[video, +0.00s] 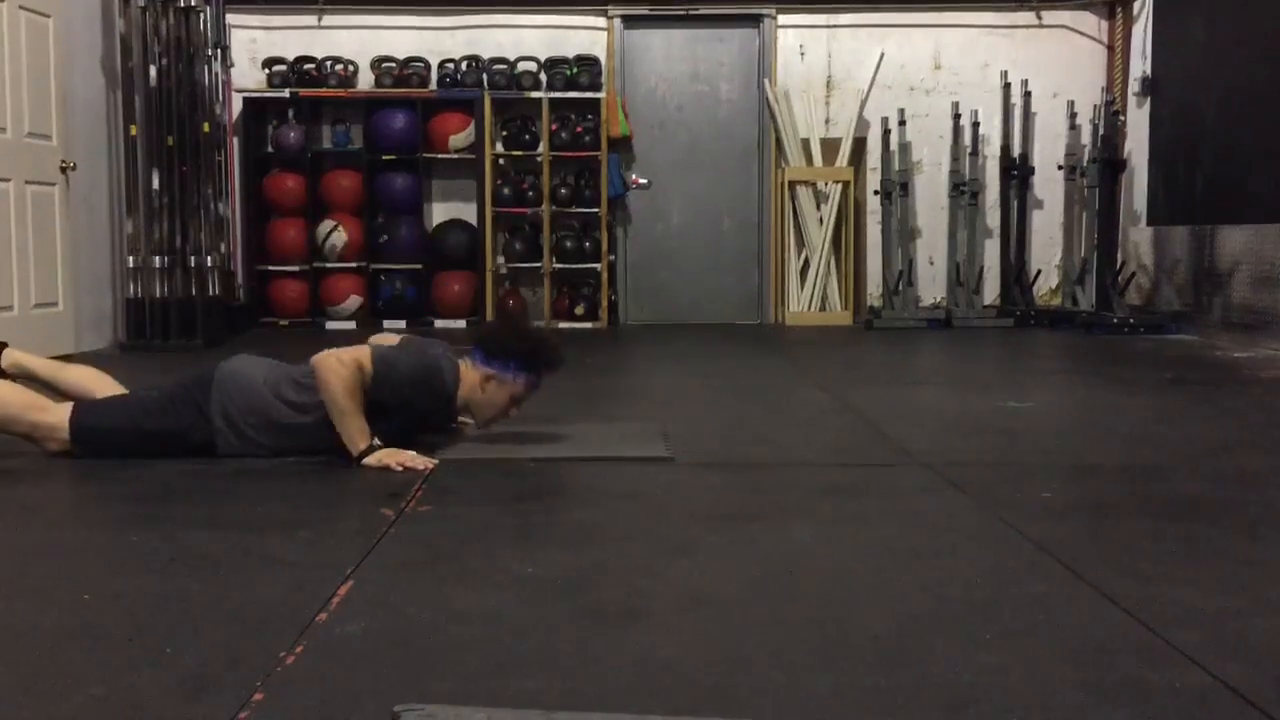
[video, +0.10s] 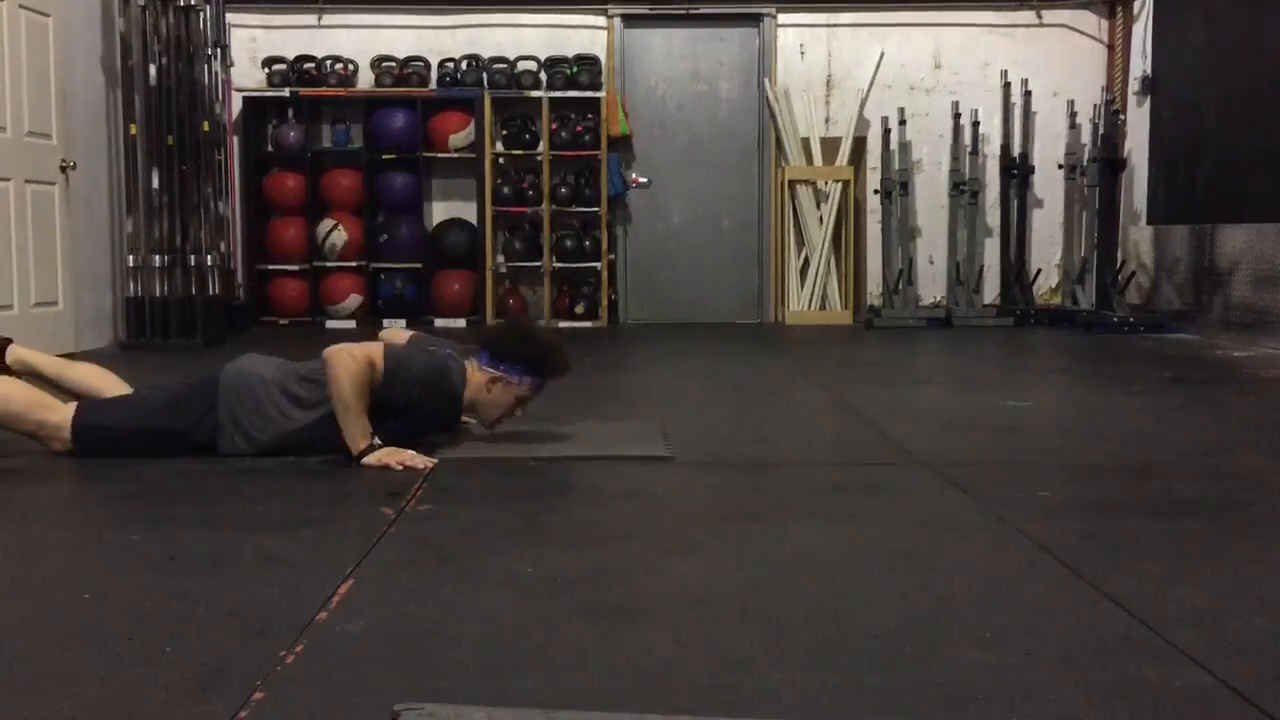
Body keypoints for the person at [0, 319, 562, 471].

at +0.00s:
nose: (514, 411)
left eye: (521, 401)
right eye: (518, 398)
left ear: (492, 369)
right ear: (494, 374)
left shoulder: (443, 368)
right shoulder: (432, 367)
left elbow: (352, 363)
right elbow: (331, 364)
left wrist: (414, 420)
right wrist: (368, 448)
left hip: (243, 390)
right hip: (227, 406)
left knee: (114, 403)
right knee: (59, 425)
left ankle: (13, 357)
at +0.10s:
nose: (518, 414)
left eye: (526, 404)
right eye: (523, 401)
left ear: (498, 369)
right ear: (500, 377)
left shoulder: (451, 363)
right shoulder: (443, 377)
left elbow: (374, 341)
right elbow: (343, 356)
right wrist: (367, 446)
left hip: (248, 386)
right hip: (237, 405)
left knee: (118, 403)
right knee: (65, 425)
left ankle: (13, 353)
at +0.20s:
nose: (522, 372)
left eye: (528, 363)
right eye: (522, 359)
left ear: (498, 335)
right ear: (496, 337)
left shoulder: (454, 348)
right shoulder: (440, 346)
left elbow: (364, 370)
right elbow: (340, 360)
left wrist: (423, 412)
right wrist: (367, 447)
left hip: (253, 385)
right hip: (242, 402)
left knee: (124, 401)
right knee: (72, 428)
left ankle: (15, 353)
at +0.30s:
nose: (514, 312)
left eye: (519, 301)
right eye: (512, 297)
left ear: (482, 281)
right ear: (476, 278)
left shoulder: (439, 305)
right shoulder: (420, 304)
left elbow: (387, 355)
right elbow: (339, 354)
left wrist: (419, 408)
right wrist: (366, 448)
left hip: (250, 379)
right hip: (236, 390)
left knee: (129, 401)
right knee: (77, 424)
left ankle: (21, 360)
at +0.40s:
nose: (509, 279)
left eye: (517, 269)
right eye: (512, 265)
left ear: (484, 240)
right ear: (484, 241)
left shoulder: (432, 262)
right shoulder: (416, 266)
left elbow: (410, 340)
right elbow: (353, 343)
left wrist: (421, 413)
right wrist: (366, 444)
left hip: (243, 335)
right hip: (237, 350)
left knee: (137, 376)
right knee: (96, 410)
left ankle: (16, 360)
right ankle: (1, 383)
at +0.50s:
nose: (525, 270)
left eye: (535, 262)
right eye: (530, 256)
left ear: (508, 229)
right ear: (506, 226)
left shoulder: (452, 243)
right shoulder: (434, 242)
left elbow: (430, 331)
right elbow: (381, 338)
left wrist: (421, 417)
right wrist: (367, 444)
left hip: (257, 292)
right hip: (247, 291)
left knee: (120, 356)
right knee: (113, 362)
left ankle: (11, 376)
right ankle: (7, 376)